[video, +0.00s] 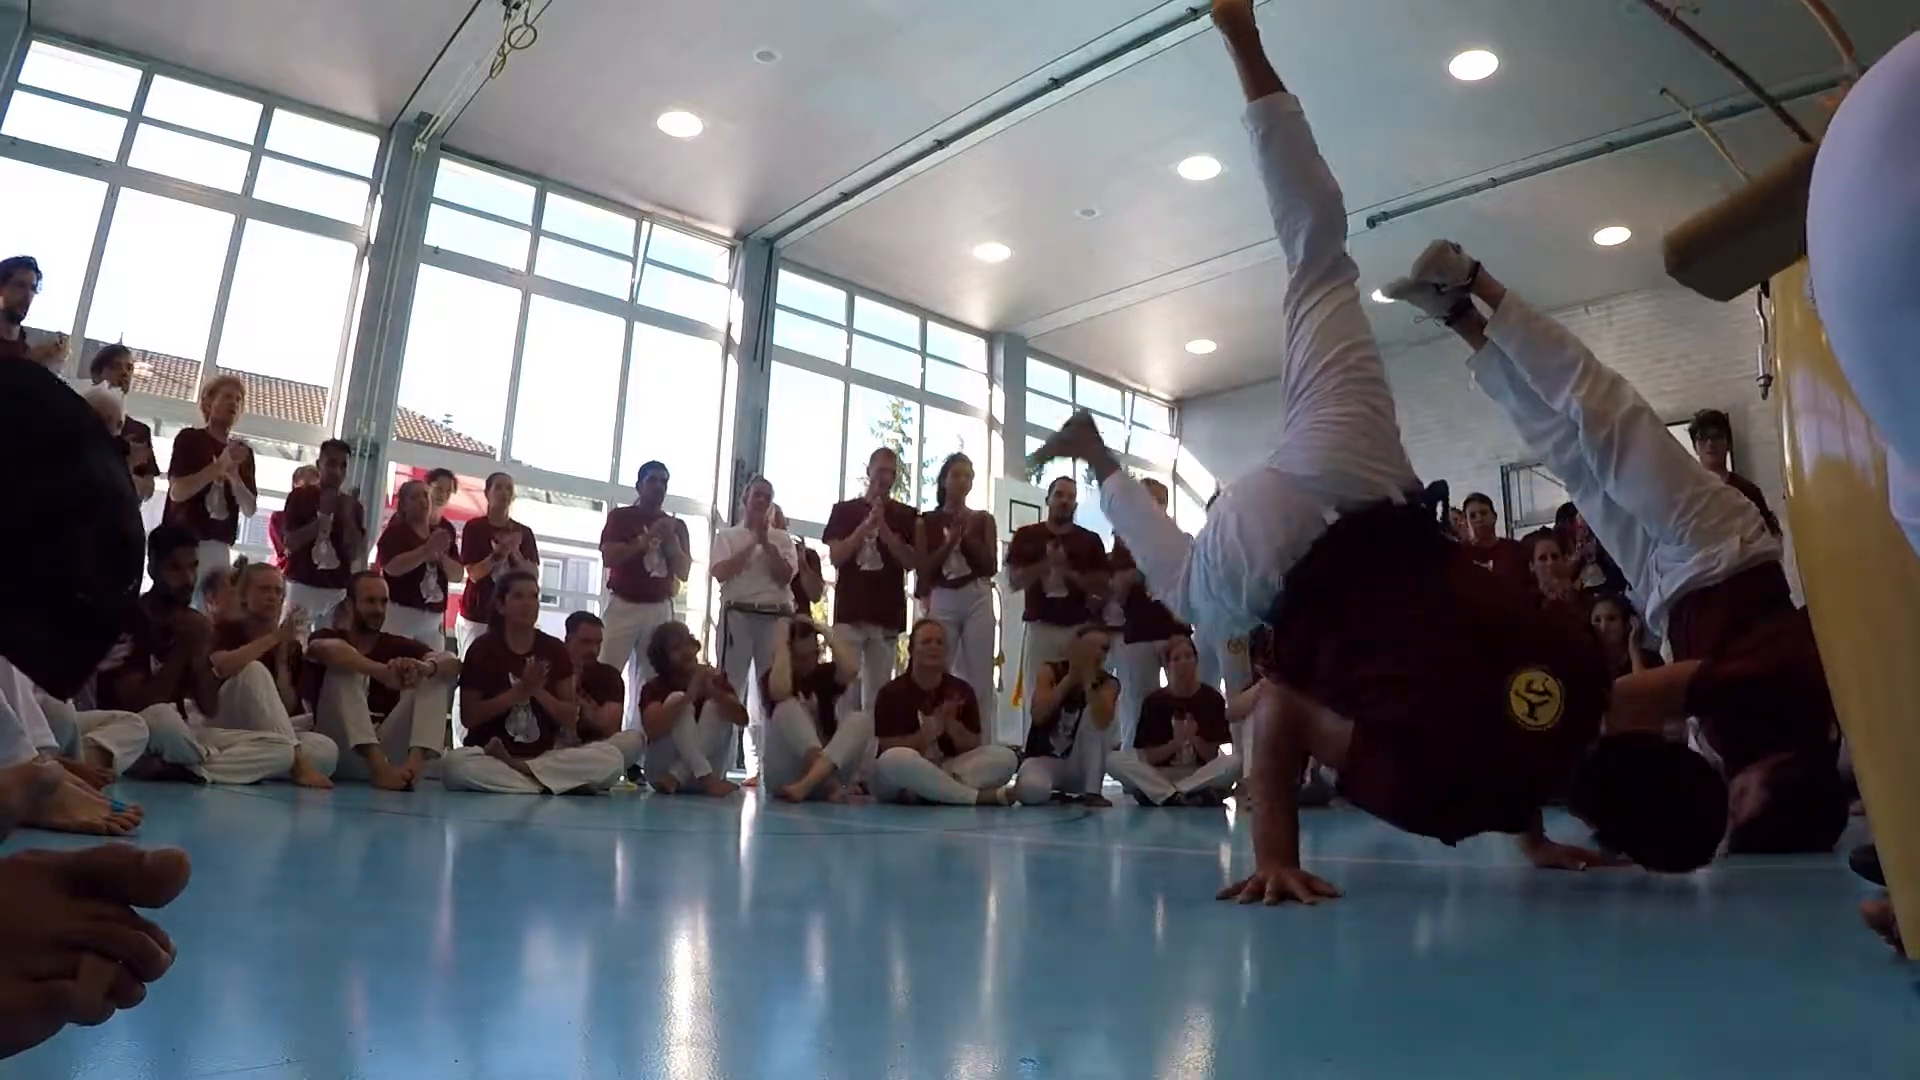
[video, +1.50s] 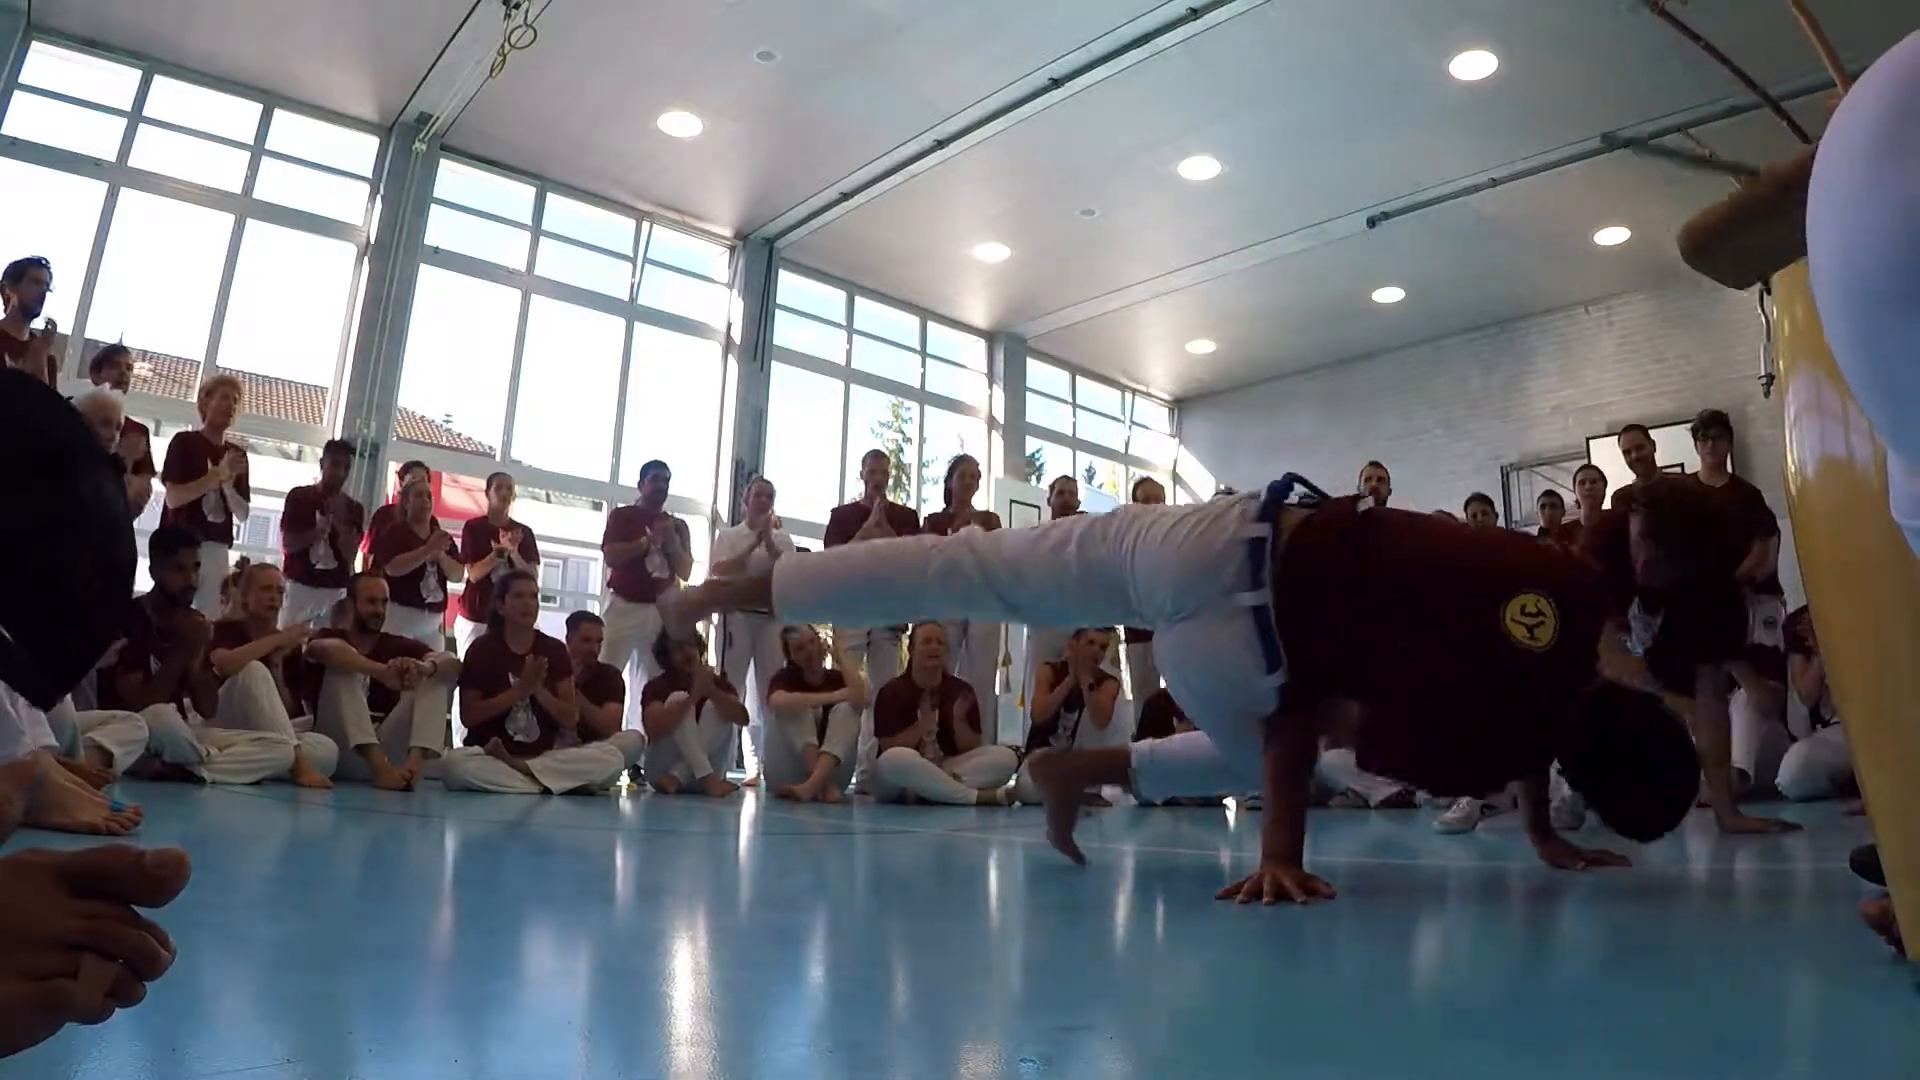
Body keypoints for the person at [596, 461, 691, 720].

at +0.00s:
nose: (658, 485)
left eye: (663, 481)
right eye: (652, 480)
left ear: (667, 487)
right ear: (639, 484)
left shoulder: (676, 525)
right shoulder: (619, 517)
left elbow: (684, 572)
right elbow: (610, 557)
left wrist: (670, 539)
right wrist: (646, 540)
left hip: (659, 609)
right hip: (622, 607)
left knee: (652, 684)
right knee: (605, 678)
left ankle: (645, 746)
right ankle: (597, 744)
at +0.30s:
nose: (658, 485)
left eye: (663, 481)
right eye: (652, 480)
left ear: (667, 487)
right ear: (639, 484)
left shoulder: (676, 525)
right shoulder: (619, 516)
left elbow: (683, 572)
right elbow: (610, 556)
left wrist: (671, 542)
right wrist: (647, 542)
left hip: (659, 609)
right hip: (622, 607)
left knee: (652, 685)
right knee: (606, 679)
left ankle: (644, 748)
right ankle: (599, 744)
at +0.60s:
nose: (658, 485)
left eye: (663, 481)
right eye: (652, 479)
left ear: (668, 487)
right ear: (639, 484)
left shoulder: (676, 525)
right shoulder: (619, 516)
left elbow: (683, 574)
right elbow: (609, 558)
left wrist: (673, 544)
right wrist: (643, 535)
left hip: (659, 610)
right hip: (622, 608)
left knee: (653, 685)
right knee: (605, 680)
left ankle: (649, 750)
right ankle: (598, 746)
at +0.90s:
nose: (659, 484)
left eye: (664, 480)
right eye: (653, 479)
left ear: (668, 487)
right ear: (639, 484)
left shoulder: (676, 525)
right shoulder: (619, 516)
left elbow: (684, 574)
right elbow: (609, 558)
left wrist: (671, 544)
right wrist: (641, 539)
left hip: (659, 610)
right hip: (622, 608)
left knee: (654, 686)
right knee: (605, 680)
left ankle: (650, 750)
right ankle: (598, 746)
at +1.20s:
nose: (660, 485)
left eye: (664, 480)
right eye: (653, 479)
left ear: (668, 487)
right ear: (640, 484)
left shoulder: (677, 526)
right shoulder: (620, 516)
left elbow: (684, 573)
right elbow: (610, 557)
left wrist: (671, 544)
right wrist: (644, 541)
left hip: (659, 610)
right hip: (622, 607)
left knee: (654, 685)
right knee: (606, 679)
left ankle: (651, 749)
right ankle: (598, 744)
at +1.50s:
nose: (661, 485)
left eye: (665, 480)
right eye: (655, 479)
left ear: (669, 487)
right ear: (640, 484)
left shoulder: (677, 525)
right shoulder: (621, 515)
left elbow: (685, 572)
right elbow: (611, 556)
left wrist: (671, 544)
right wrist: (648, 543)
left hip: (660, 609)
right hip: (622, 607)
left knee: (654, 686)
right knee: (606, 680)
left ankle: (649, 750)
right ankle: (599, 746)